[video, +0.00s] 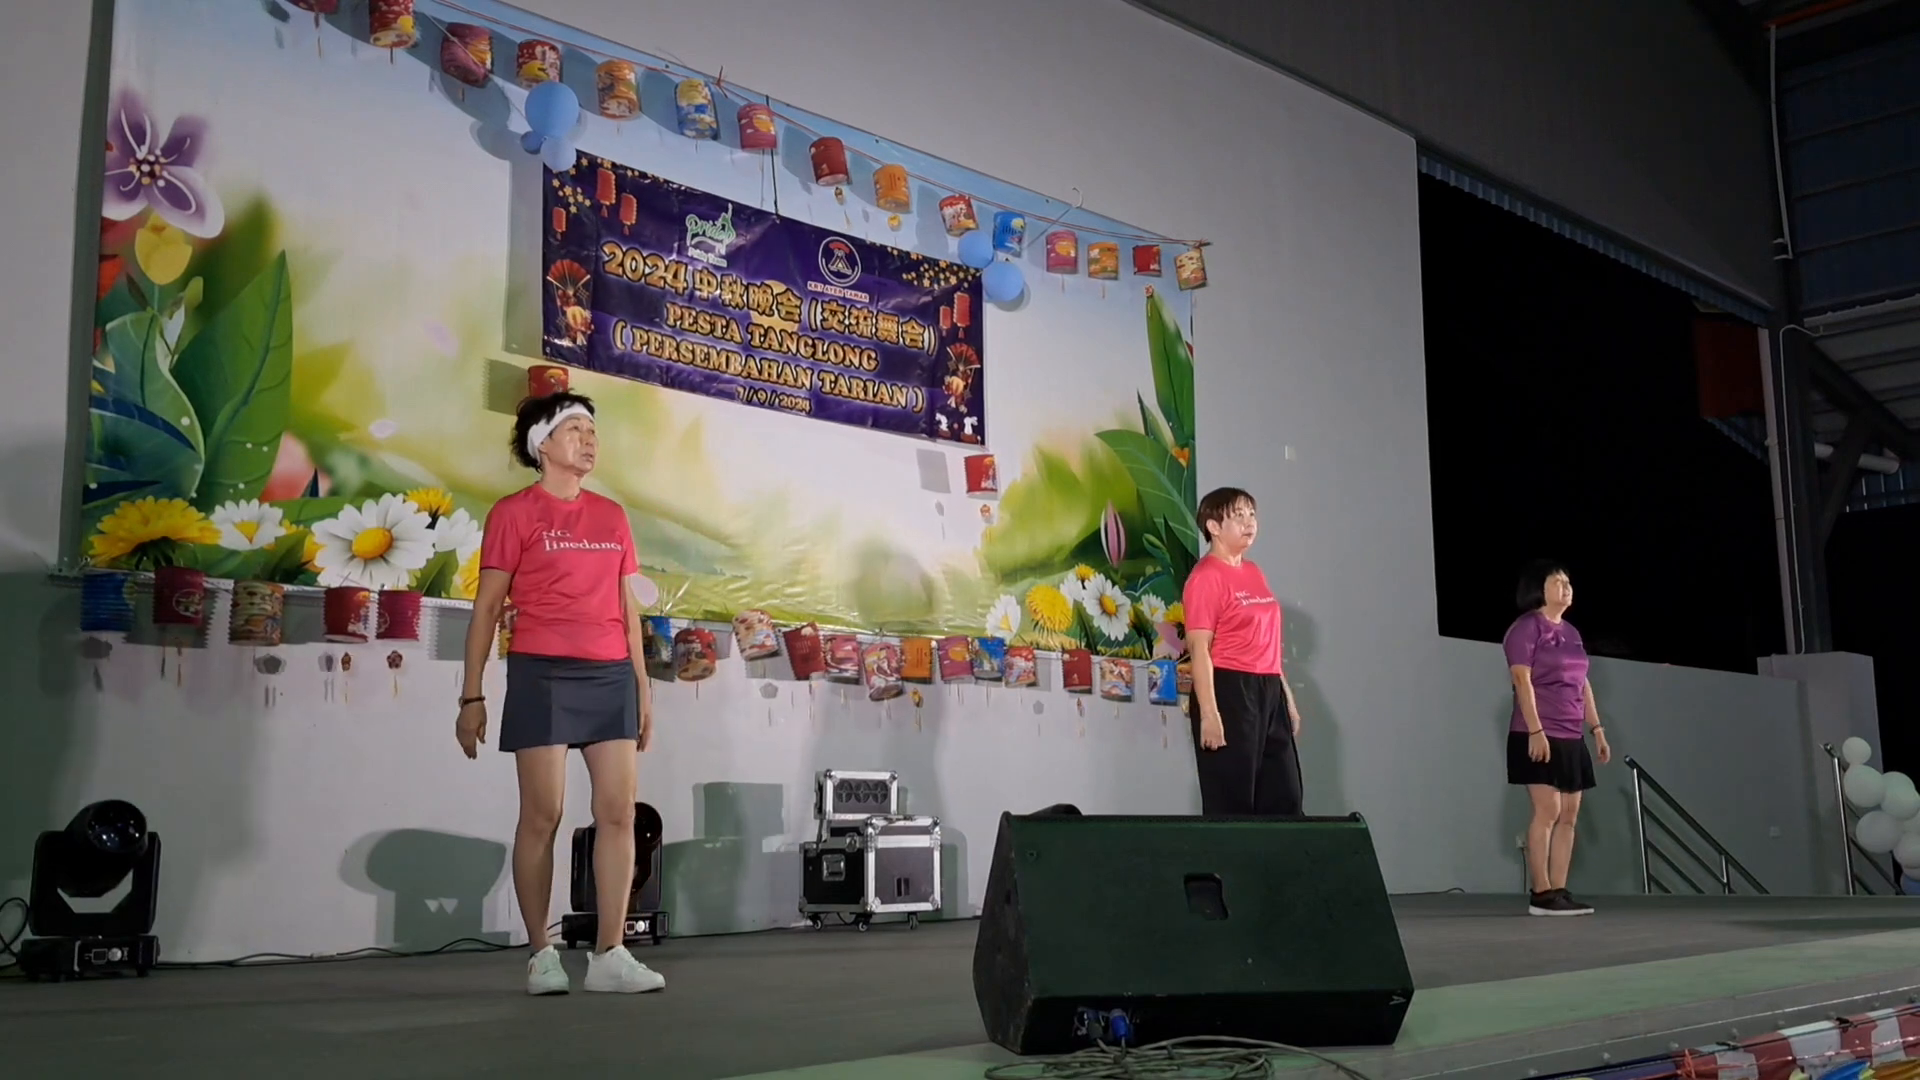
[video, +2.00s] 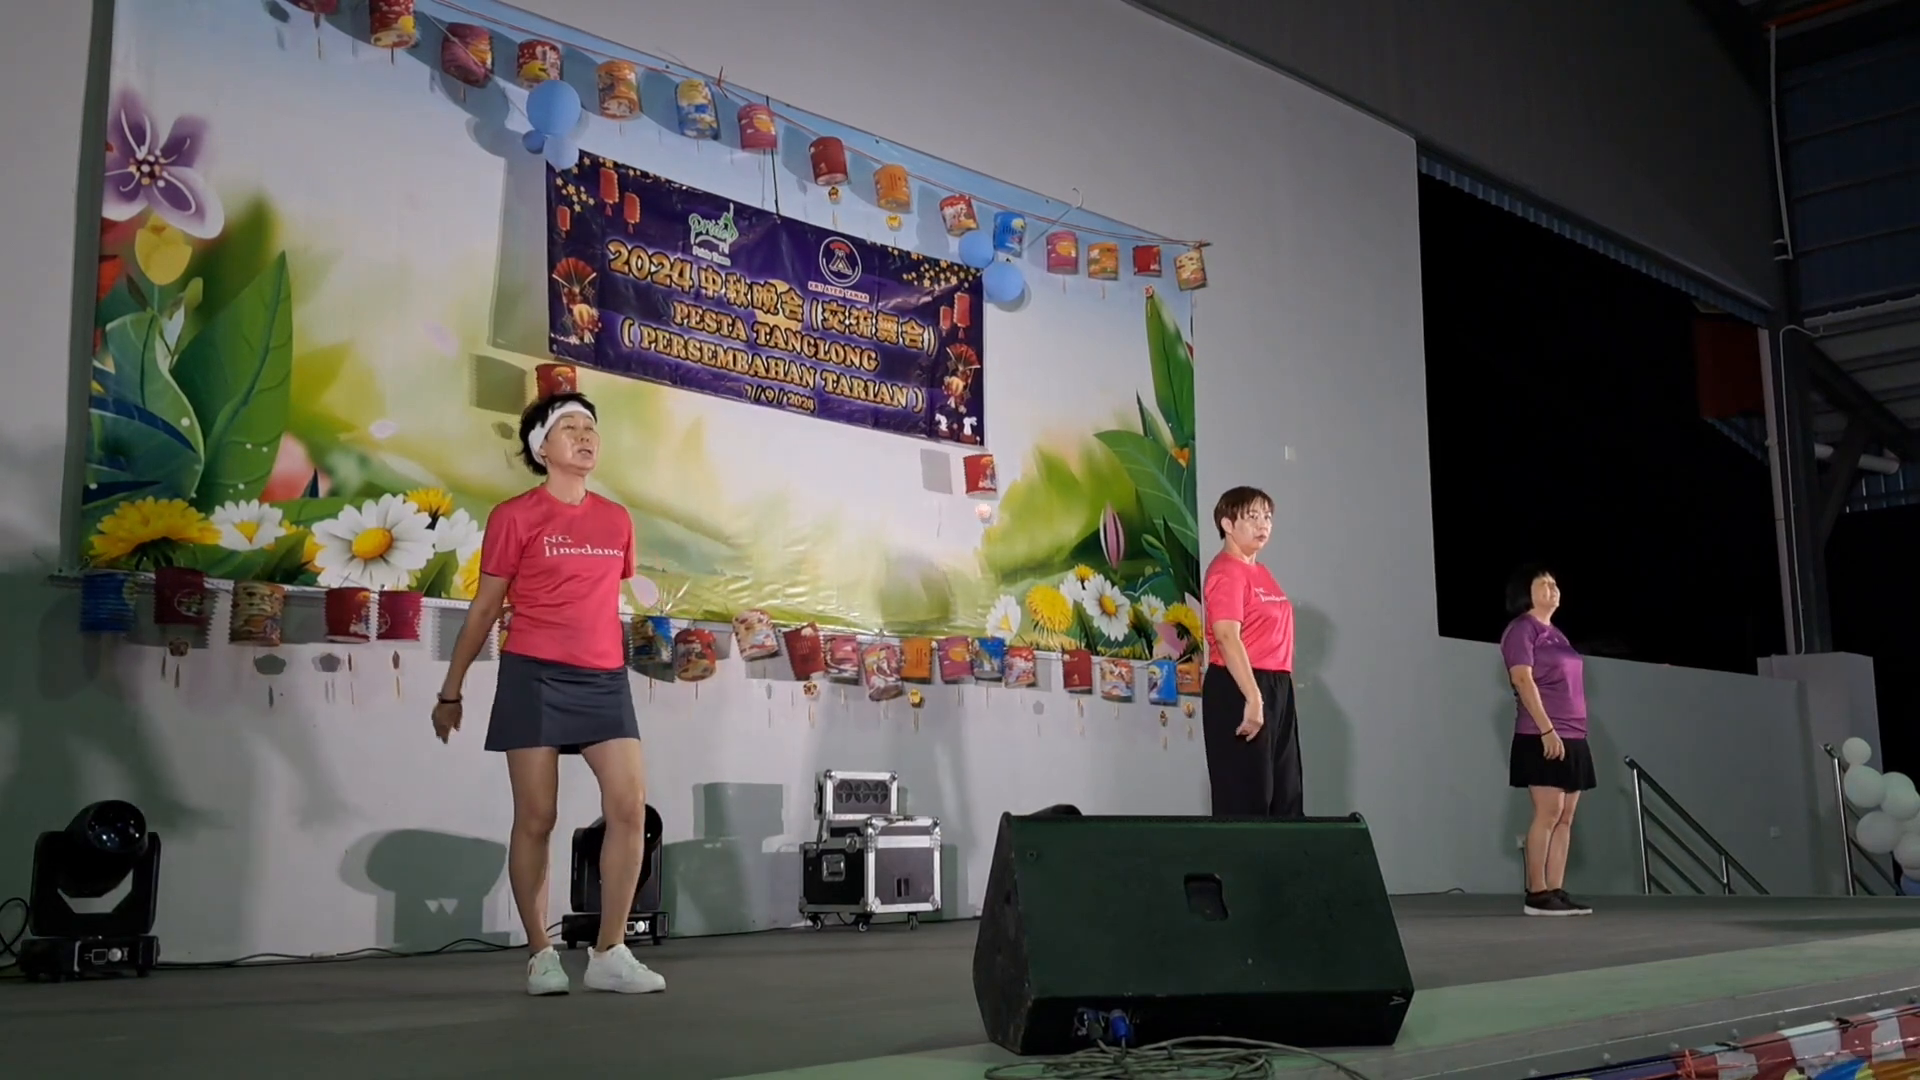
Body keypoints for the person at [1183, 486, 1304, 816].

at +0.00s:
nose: (1250, 524)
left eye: (1252, 516)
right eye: (1239, 517)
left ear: (1258, 522)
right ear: (1213, 527)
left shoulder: (1254, 572)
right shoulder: (1204, 578)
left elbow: (1266, 644)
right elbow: (1198, 648)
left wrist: (1287, 698)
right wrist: (1209, 713)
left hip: (1270, 691)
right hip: (1230, 690)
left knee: (1283, 797)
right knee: (1232, 801)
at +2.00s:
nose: (1263, 526)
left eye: (1267, 518)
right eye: (1253, 517)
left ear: (1272, 523)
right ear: (1228, 524)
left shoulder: (1258, 570)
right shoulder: (1227, 570)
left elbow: (1263, 634)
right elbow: (1226, 635)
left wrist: (1280, 689)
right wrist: (1252, 695)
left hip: (1276, 689)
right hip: (1240, 688)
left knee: (1285, 796)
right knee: (1246, 798)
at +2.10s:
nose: (1263, 528)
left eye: (1267, 520)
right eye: (1252, 519)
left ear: (1272, 525)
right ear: (1227, 525)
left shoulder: (1267, 572)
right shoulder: (1221, 574)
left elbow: (1289, 631)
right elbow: (1216, 635)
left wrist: (1313, 684)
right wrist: (1241, 693)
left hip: (1277, 693)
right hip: (1236, 692)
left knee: (1286, 796)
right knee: (1257, 797)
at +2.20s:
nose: (1260, 531)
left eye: (1265, 523)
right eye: (1251, 522)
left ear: (1270, 529)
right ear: (1226, 528)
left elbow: (1306, 631)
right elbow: (1200, 632)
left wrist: (1345, 675)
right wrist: (1214, 684)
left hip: (1279, 698)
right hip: (1235, 698)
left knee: (1286, 798)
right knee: (1251, 799)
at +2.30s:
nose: (1256, 533)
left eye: (1261, 525)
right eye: (1247, 524)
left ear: (1266, 532)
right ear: (1221, 529)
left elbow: (1320, 626)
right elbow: (1182, 628)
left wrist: (1370, 657)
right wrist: (1179, 677)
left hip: (1277, 696)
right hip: (1227, 695)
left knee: (1282, 793)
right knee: (1229, 794)